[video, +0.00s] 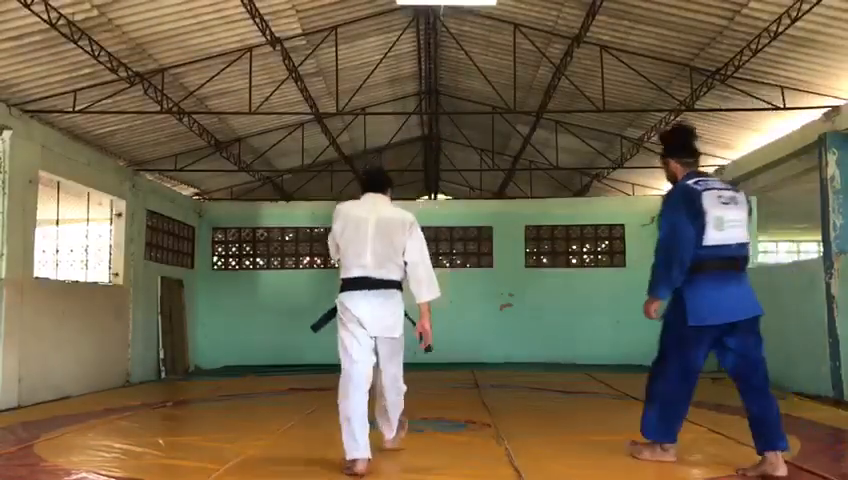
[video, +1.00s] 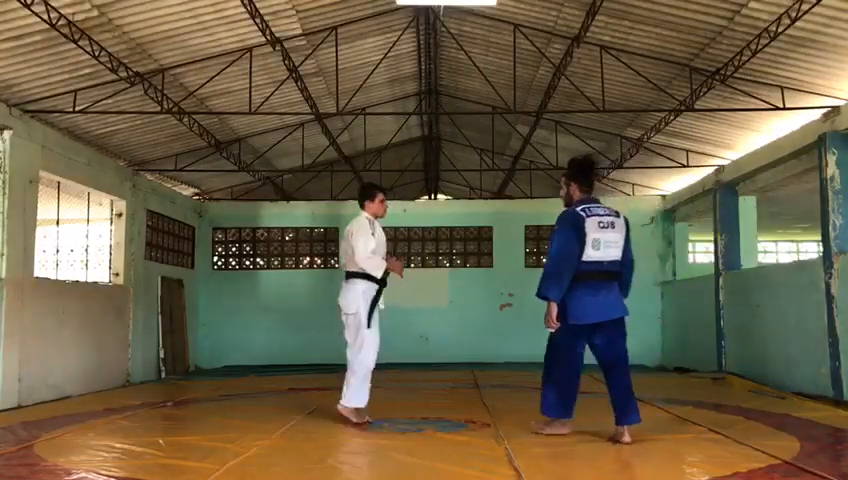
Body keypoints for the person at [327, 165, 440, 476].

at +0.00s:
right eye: (390, 191)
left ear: (361, 189)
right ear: (389, 190)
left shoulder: (344, 211)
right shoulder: (404, 219)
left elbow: (335, 253)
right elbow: (419, 268)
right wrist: (425, 315)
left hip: (351, 299)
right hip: (389, 300)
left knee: (354, 375)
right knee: (391, 372)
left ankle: (357, 455)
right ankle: (391, 432)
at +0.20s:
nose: (400, 205)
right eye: (401, 201)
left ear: (373, 196)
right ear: (399, 201)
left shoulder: (353, 219)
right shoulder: (407, 229)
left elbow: (344, 259)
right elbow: (418, 277)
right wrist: (423, 319)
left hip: (359, 301)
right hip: (394, 304)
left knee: (357, 367)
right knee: (393, 373)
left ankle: (358, 412)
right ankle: (386, 439)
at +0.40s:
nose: (406, 206)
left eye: (406, 202)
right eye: (406, 202)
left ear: (378, 198)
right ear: (401, 201)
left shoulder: (355, 221)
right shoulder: (405, 225)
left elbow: (348, 256)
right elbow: (416, 270)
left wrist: (366, 273)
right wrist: (417, 295)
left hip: (359, 296)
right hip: (390, 297)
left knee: (358, 362)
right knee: (397, 366)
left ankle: (358, 423)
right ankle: (392, 436)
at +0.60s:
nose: (404, 227)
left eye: (405, 222)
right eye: (403, 222)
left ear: (381, 220)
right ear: (393, 220)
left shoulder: (353, 247)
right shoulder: (393, 245)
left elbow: (349, 282)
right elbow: (403, 282)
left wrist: (361, 298)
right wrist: (415, 301)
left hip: (358, 310)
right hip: (384, 310)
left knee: (363, 366)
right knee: (400, 371)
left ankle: (362, 413)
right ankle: (393, 430)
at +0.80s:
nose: (395, 226)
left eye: (396, 221)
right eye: (392, 220)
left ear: (375, 222)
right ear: (379, 221)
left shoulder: (357, 245)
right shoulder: (372, 245)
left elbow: (366, 283)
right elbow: (376, 284)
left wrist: (396, 288)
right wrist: (401, 290)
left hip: (354, 307)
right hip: (370, 307)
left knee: (375, 363)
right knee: (382, 365)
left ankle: (367, 412)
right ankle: (364, 416)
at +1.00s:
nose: (385, 206)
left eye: (385, 201)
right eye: (381, 201)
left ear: (371, 204)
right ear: (369, 203)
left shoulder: (371, 226)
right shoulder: (361, 225)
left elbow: (366, 258)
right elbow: (362, 257)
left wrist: (386, 263)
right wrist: (388, 265)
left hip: (366, 290)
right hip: (358, 291)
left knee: (364, 346)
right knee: (365, 346)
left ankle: (355, 402)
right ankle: (349, 403)